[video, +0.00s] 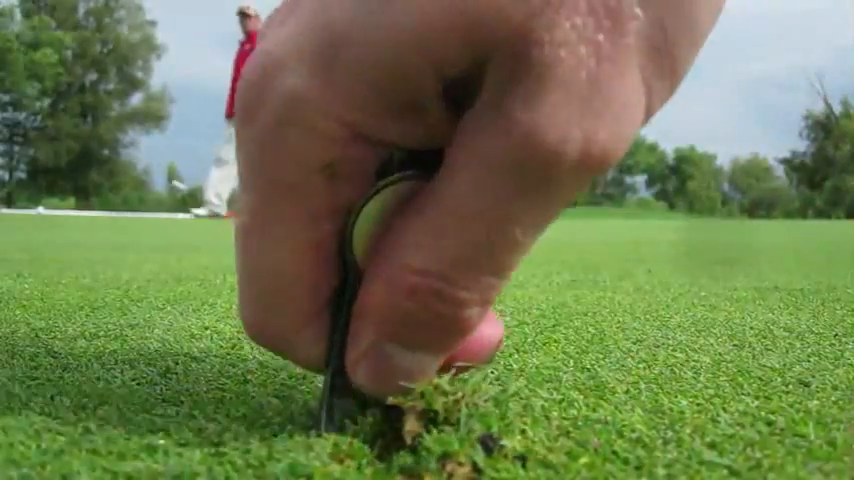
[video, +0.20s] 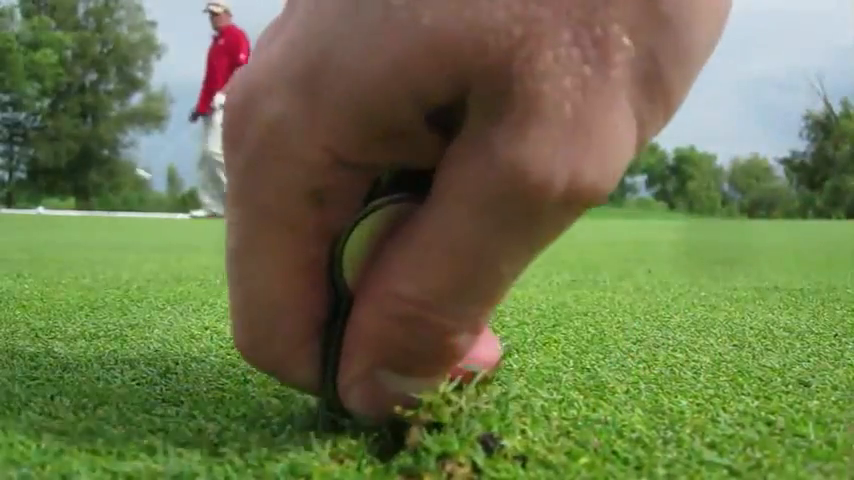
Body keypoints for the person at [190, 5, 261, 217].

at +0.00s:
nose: (244, 22)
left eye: (248, 18)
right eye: (242, 19)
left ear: (258, 19)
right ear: (241, 22)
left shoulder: (261, 43)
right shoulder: (244, 45)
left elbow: (255, 78)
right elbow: (237, 78)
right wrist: (231, 109)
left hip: (251, 114)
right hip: (236, 114)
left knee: (227, 159)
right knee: (226, 159)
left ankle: (215, 203)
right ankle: (215, 203)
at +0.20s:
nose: (212, 19)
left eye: (216, 15)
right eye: (211, 15)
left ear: (227, 15)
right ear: (211, 17)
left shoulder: (236, 35)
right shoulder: (216, 41)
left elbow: (242, 68)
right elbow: (209, 77)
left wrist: (225, 92)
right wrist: (199, 106)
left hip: (223, 101)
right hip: (210, 103)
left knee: (214, 150)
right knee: (206, 155)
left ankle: (234, 201)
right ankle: (211, 204)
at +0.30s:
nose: (200, 17)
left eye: (203, 12)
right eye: (198, 13)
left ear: (214, 12)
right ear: (199, 15)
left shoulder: (225, 34)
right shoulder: (202, 40)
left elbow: (230, 65)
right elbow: (196, 74)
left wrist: (211, 88)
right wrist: (179, 96)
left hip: (213, 99)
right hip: (198, 101)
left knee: (196, 145)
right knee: (201, 148)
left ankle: (207, 198)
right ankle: (205, 199)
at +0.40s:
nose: (189, 17)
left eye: (192, 12)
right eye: (187, 13)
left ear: (203, 13)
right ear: (186, 14)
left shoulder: (212, 34)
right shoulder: (188, 39)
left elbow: (220, 64)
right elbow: (183, 70)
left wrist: (197, 85)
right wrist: (168, 87)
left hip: (204, 103)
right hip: (188, 103)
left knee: (185, 150)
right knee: (203, 156)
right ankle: (210, 204)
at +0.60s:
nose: (164, 15)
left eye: (168, 11)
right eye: (162, 11)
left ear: (179, 11)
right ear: (160, 13)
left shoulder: (189, 34)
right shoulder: (159, 39)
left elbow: (194, 68)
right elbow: (152, 68)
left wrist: (166, 82)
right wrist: (145, 83)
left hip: (177, 98)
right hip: (161, 98)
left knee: (158, 149)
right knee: (172, 153)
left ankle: (143, 201)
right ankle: (201, 195)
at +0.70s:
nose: (152, 13)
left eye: (156, 9)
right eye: (149, 9)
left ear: (167, 8)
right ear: (147, 10)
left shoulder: (177, 32)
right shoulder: (147, 36)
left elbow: (181, 67)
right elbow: (139, 64)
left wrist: (151, 80)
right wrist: (132, 83)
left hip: (165, 97)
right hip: (147, 96)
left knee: (146, 148)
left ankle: (142, 200)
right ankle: (172, 183)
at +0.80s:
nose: (140, 9)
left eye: (144, 5)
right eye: (138, 6)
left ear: (155, 5)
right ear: (135, 8)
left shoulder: (166, 29)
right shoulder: (135, 32)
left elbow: (168, 64)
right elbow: (129, 62)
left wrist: (139, 76)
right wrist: (122, 79)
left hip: (152, 97)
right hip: (132, 97)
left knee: (142, 148)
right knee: (114, 145)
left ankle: (141, 201)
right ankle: (138, 192)